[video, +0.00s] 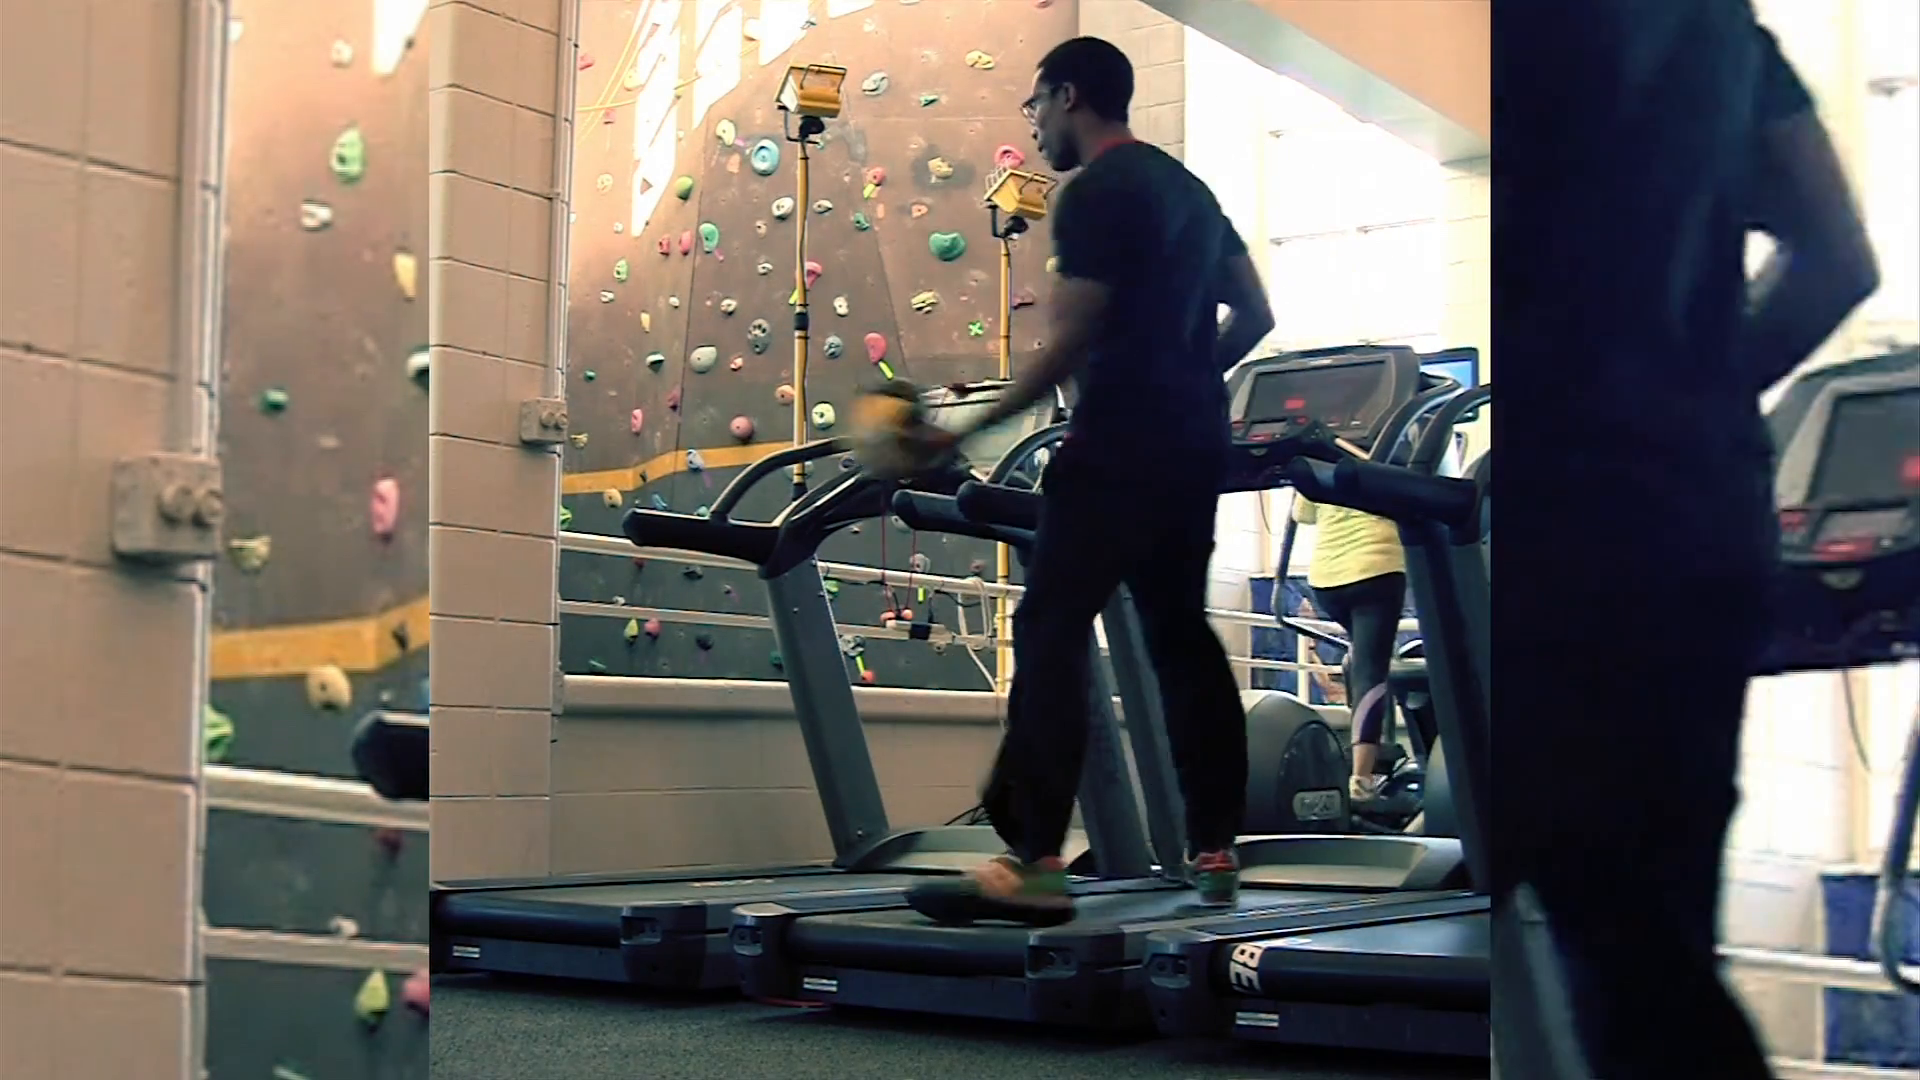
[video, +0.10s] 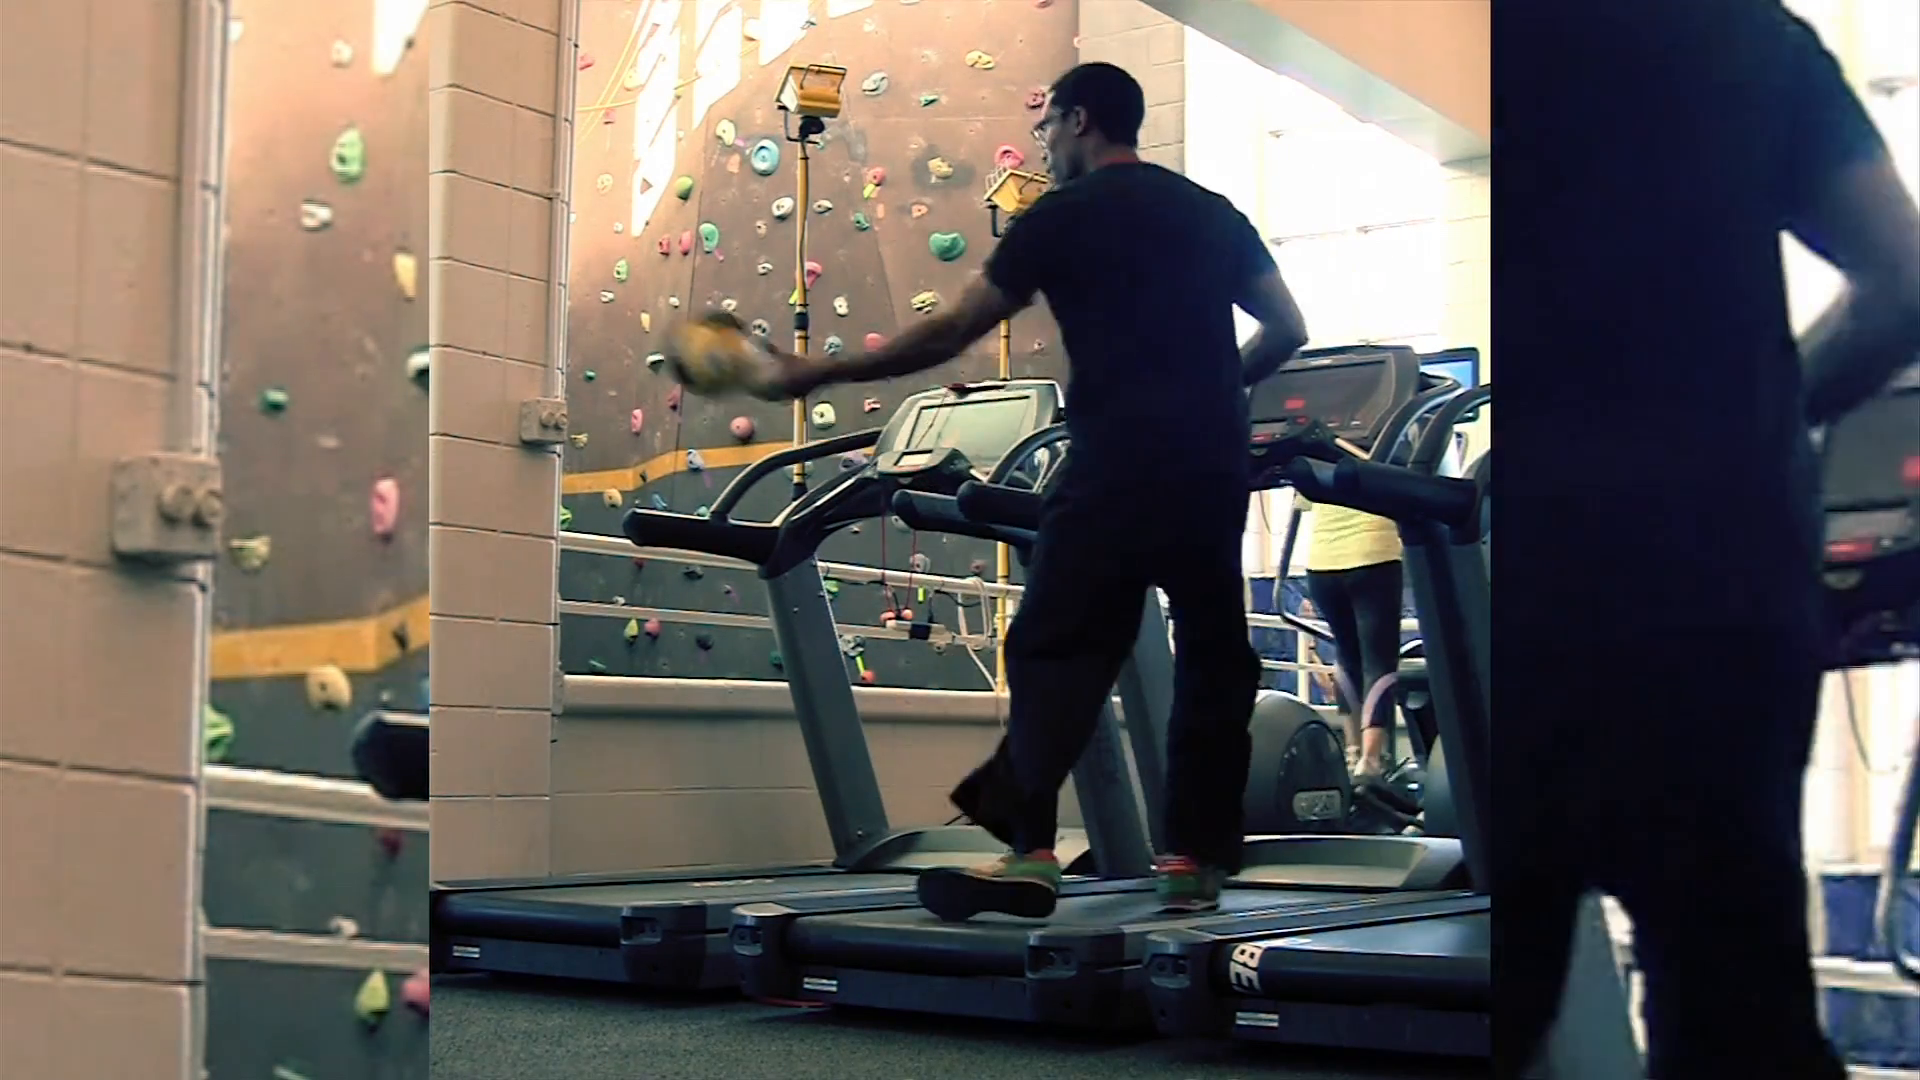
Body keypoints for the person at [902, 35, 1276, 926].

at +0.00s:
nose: (1032, 128)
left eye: (1037, 109)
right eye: (1031, 112)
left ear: (1073, 100)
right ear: (1117, 103)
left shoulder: (1094, 190)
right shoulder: (1190, 191)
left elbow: (1065, 342)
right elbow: (1252, 316)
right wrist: (1181, 371)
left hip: (1111, 448)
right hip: (1193, 447)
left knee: (1048, 628)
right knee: (1182, 631)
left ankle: (1034, 859)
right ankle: (1214, 845)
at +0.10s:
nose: (1040, 148)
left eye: (1046, 129)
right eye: (1041, 131)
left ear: (1082, 123)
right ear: (1129, 127)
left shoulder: (1058, 216)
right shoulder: (1212, 210)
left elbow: (953, 328)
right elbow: (1288, 329)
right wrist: (1223, 384)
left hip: (1112, 465)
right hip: (1213, 467)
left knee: (1051, 646)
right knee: (1217, 660)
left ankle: (1030, 854)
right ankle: (1196, 857)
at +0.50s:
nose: (1042, 158)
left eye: (1050, 141)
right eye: (1042, 142)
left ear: (1093, 136)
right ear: (1124, 141)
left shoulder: (1078, 220)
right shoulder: (1213, 230)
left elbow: (1055, 362)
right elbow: (1213, 378)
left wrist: (930, 364)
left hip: (1110, 469)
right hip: (1201, 470)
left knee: (1138, 663)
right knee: (1176, 658)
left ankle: (1215, 850)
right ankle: (1099, 782)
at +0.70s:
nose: (1058, 136)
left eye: (1071, 120)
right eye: (1056, 122)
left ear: (1119, 119)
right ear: (1115, 125)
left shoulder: (1136, 196)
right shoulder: (1133, 200)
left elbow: (1164, 324)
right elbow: (1140, 338)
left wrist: (1049, 374)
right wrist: (1046, 374)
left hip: (1128, 458)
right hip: (1155, 456)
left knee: (1068, 648)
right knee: (1136, 656)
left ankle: (1128, 851)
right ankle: (1280, 766)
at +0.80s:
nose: (1065, 104)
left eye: (1081, 88)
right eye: (1058, 90)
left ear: (1123, 87)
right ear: (1056, 94)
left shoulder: (1161, 156)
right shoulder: (1084, 180)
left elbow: (1240, 256)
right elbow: (1097, 294)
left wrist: (1146, 287)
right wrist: (1051, 289)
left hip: (1150, 416)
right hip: (1105, 421)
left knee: (1091, 609)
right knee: (1120, 621)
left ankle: (1096, 820)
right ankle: (1249, 796)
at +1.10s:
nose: (1143, 113)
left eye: (1154, 99)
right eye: (1128, 95)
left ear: (1164, 101)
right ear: (1086, 87)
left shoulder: (1182, 184)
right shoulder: (1018, 194)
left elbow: (1234, 270)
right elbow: (1020, 307)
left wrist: (1230, 377)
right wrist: (1054, 386)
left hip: (1165, 436)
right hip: (1067, 447)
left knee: (1197, 612)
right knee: (1080, 649)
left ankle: (1318, 779)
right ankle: (1115, 842)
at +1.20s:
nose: (1182, 109)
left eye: (1191, 97)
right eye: (1170, 90)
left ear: (1189, 105)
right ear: (1120, 81)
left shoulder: (1185, 196)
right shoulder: (1030, 173)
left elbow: (1169, 306)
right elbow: (959, 268)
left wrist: (1184, 403)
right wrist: (969, 392)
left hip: (1172, 447)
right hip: (1067, 449)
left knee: (1246, 620)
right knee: (1064, 649)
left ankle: (1277, 798)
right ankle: (1066, 843)